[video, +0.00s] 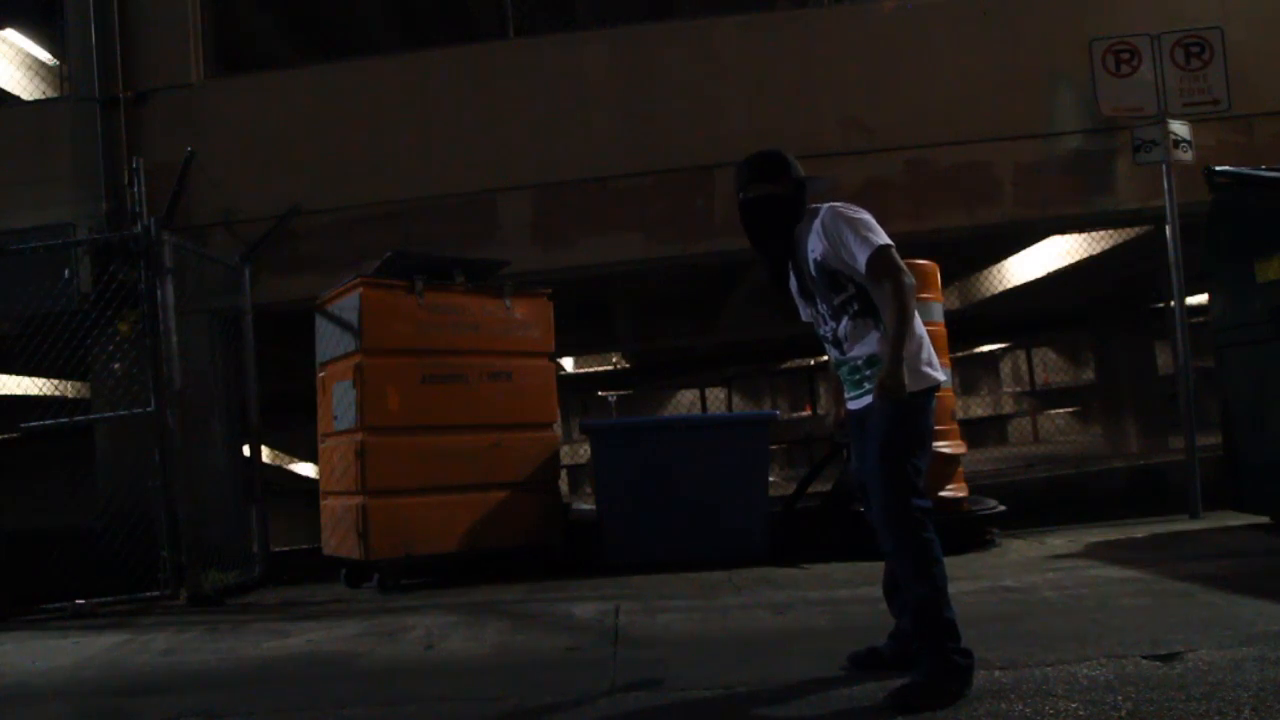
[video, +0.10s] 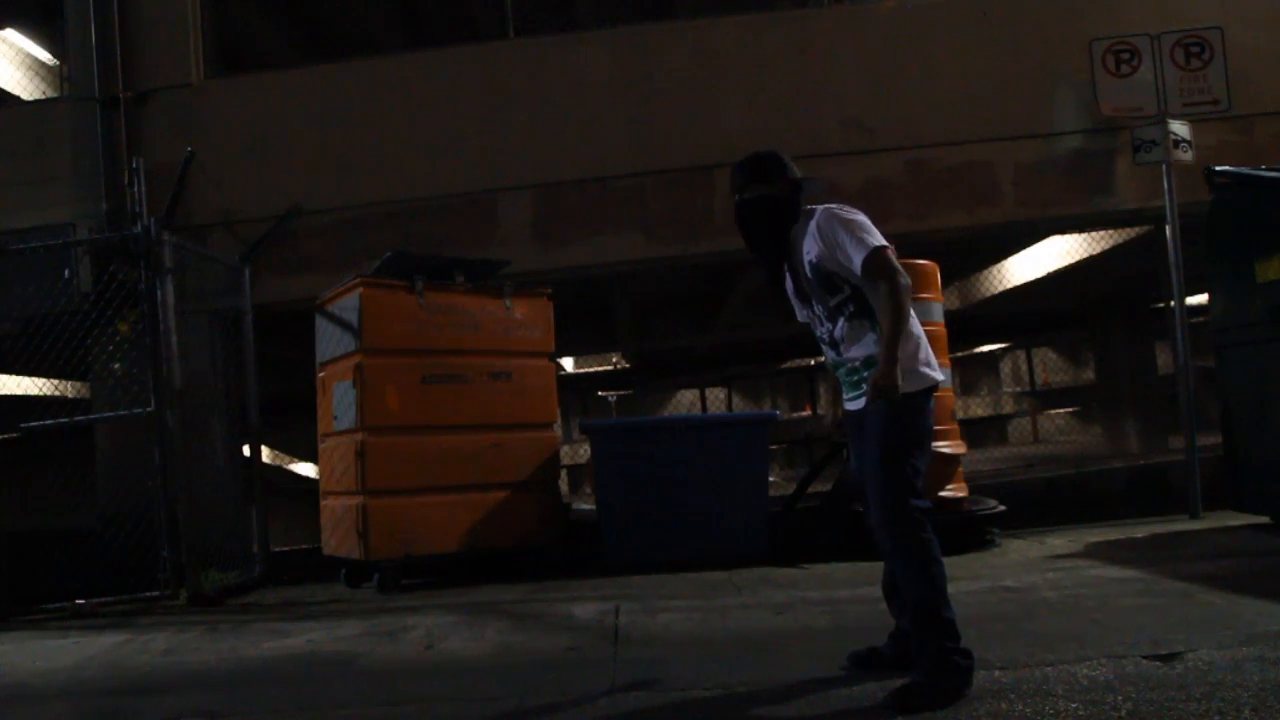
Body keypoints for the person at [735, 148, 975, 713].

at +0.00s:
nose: (749, 217)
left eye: (755, 203)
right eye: (745, 205)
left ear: (783, 195)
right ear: (758, 205)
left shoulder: (835, 220)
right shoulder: (798, 263)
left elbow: (895, 280)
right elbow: (835, 341)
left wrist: (893, 371)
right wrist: (841, 401)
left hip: (898, 392)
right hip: (866, 401)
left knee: (905, 520)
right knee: (888, 521)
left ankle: (944, 660)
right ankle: (910, 640)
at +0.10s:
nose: (745, 216)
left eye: (752, 202)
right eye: (742, 205)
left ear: (778, 195)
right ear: (757, 205)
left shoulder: (831, 221)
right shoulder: (794, 262)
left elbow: (891, 282)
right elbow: (832, 340)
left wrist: (887, 365)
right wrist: (839, 404)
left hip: (898, 392)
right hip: (865, 400)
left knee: (904, 520)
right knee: (886, 520)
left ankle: (945, 660)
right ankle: (910, 639)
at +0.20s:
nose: (739, 219)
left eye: (746, 205)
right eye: (735, 208)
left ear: (774, 197)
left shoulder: (824, 224)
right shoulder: (786, 266)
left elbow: (886, 284)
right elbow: (826, 342)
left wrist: (883, 364)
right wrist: (831, 402)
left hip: (895, 391)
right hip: (862, 400)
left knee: (897, 517)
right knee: (881, 518)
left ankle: (944, 658)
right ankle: (912, 637)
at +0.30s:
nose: (728, 220)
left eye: (736, 206)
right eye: (724, 209)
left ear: (763, 200)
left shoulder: (812, 227)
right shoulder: (773, 269)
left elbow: (875, 285)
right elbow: (818, 344)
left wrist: (882, 375)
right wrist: (821, 406)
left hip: (886, 394)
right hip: (853, 403)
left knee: (883, 517)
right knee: (870, 518)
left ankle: (939, 652)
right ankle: (910, 637)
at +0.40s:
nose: (712, 221)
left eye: (720, 207)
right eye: (708, 210)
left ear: (747, 202)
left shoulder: (794, 232)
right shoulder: (757, 272)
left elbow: (856, 287)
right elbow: (805, 345)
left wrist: (882, 377)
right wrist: (814, 408)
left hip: (871, 394)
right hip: (843, 402)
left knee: (846, 517)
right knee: (878, 514)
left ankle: (929, 634)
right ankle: (908, 635)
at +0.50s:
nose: (686, 228)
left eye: (694, 214)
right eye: (683, 216)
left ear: (721, 209)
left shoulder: (769, 240)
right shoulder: (733, 276)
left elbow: (840, 296)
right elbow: (782, 349)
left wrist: (886, 373)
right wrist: (791, 412)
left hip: (852, 400)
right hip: (822, 409)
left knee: (811, 522)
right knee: (870, 516)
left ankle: (910, 630)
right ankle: (914, 633)